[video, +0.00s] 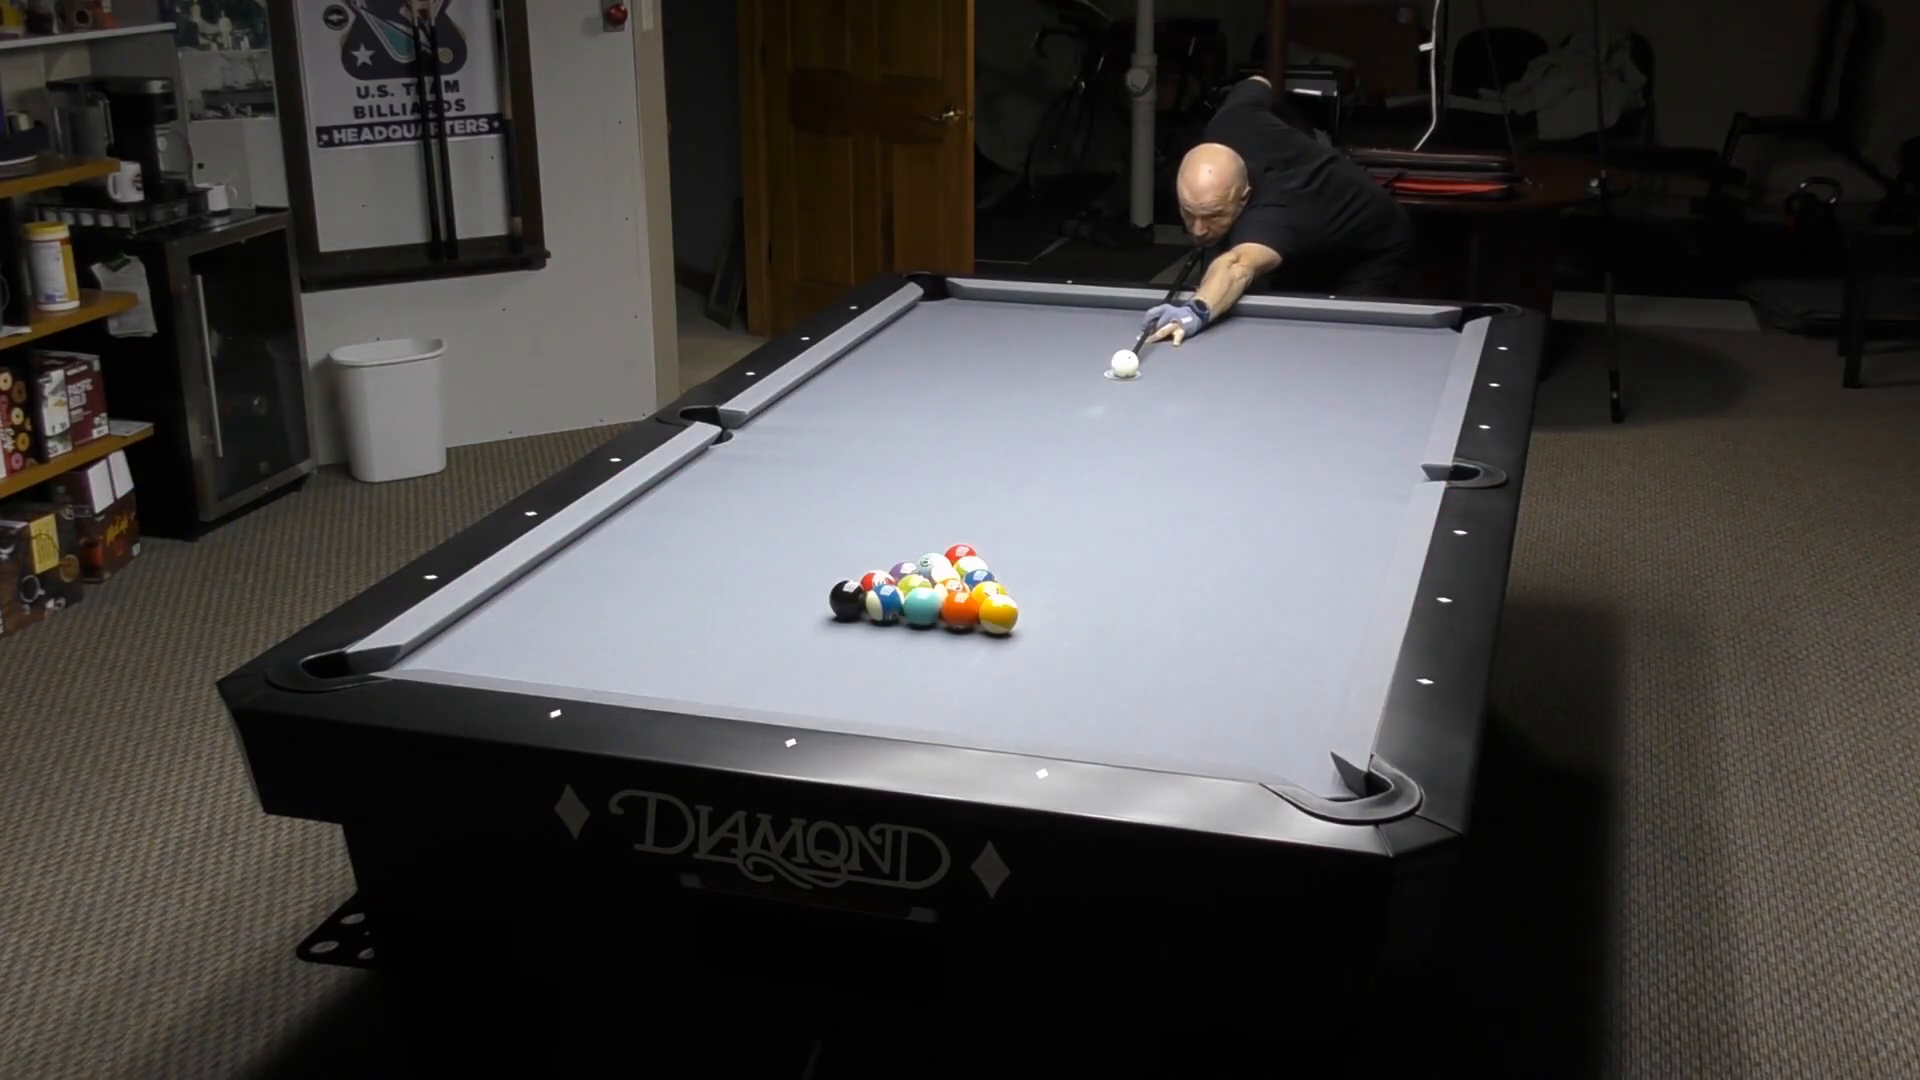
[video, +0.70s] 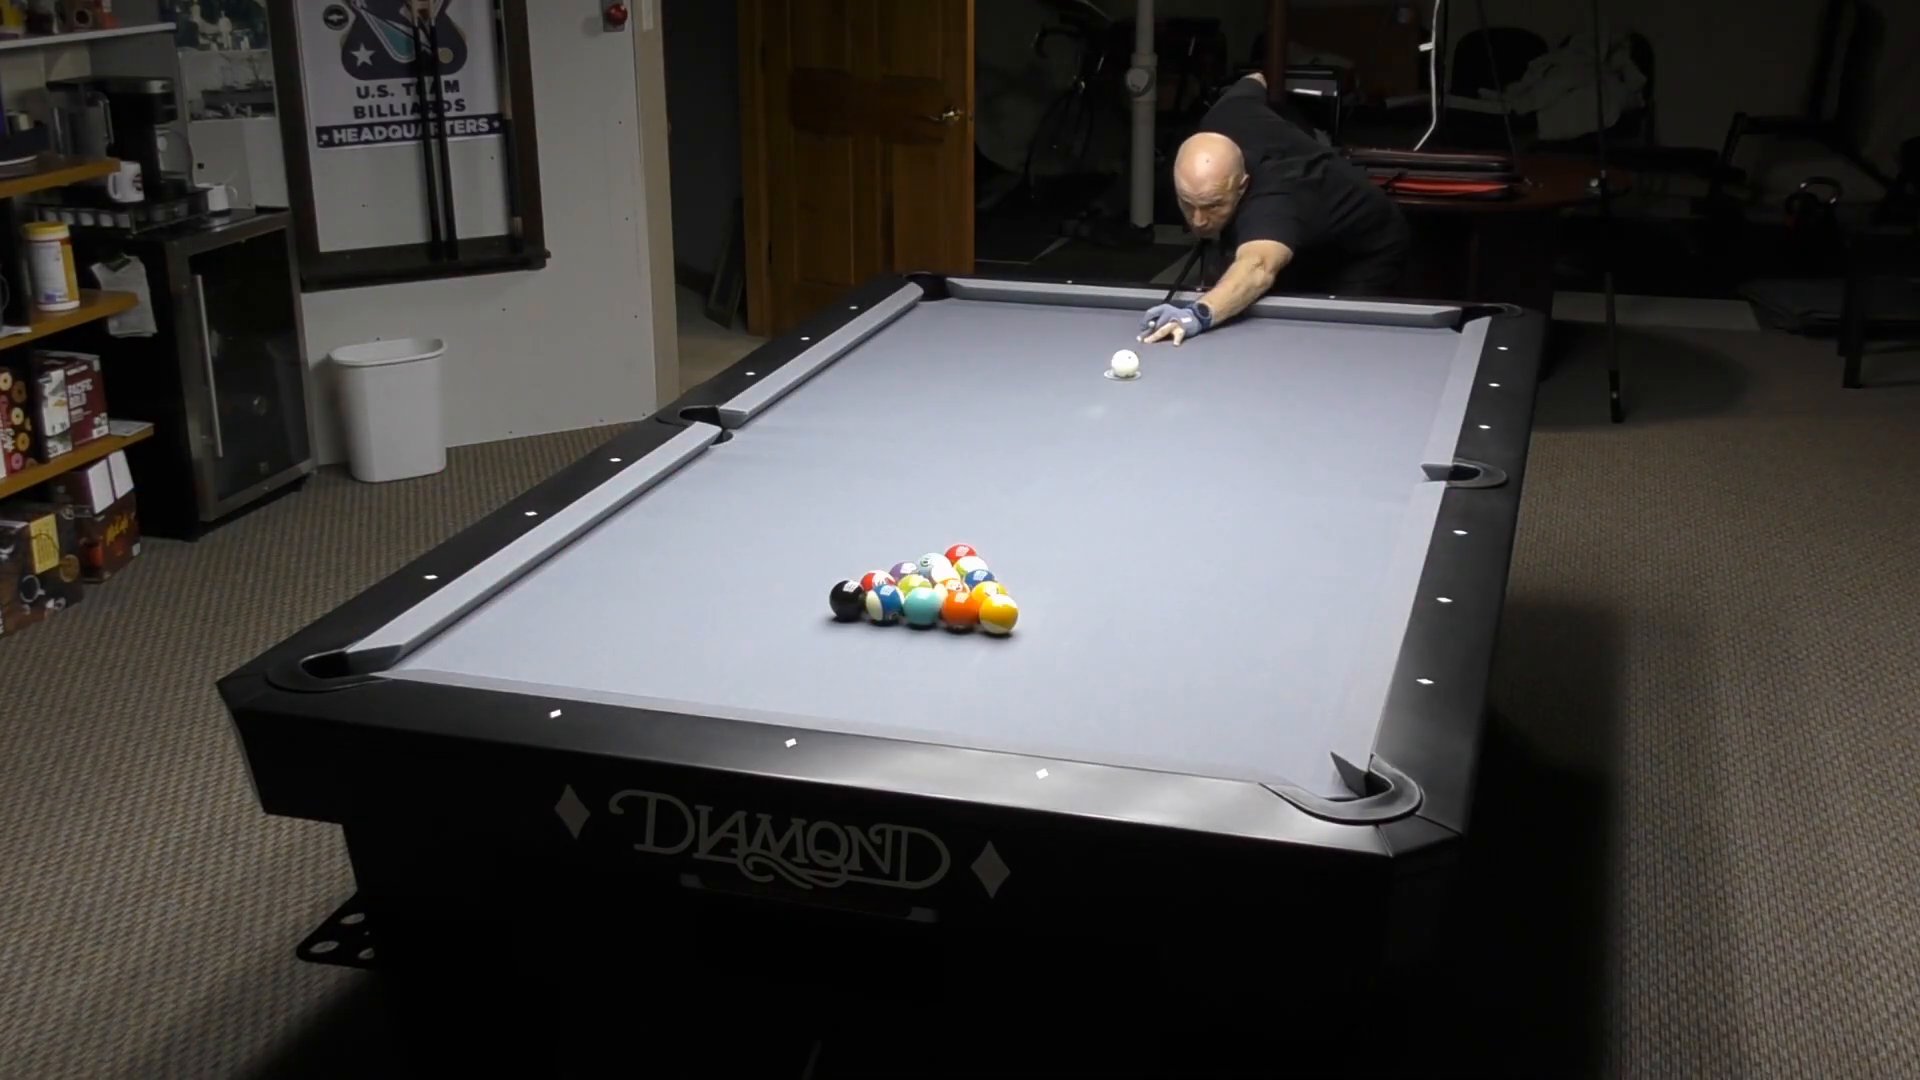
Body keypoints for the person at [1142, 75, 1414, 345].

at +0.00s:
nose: (1199, 231)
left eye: (1213, 217)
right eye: (1189, 215)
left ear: (1243, 195)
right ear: (1179, 188)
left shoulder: (1273, 216)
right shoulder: (1232, 121)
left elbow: (1238, 265)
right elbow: (1259, 81)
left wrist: (1195, 310)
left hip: (1378, 243)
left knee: (1339, 339)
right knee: (1280, 330)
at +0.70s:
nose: (1198, 221)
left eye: (1212, 207)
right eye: (1187, 205)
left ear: (1241, 184)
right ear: (1177, 181)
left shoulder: (1274, 196)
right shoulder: (1228, 113)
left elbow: (1258, 267)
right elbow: (1256, 78)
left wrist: (1198, 314)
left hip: (1373, 244)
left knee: (1338, 343)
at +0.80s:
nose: (1222, 174)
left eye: (1237, 161)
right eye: (1210, 159)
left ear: (1266, 138)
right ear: (1204, 127)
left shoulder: (1298, 170)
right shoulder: (1240, 78)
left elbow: (1277, 276)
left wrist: (1211, 316)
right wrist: (1221, 183)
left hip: (1363, 238)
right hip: (1295, 228)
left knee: (1342, 341)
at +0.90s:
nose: (1254, 94)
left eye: (1272, 80)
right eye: (1246, 74)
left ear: (1303, 72)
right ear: (1236, 60)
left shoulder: (1322, 129)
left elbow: (1291, 249)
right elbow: (1238, 106)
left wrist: (1214, 293)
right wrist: (1234, 162)